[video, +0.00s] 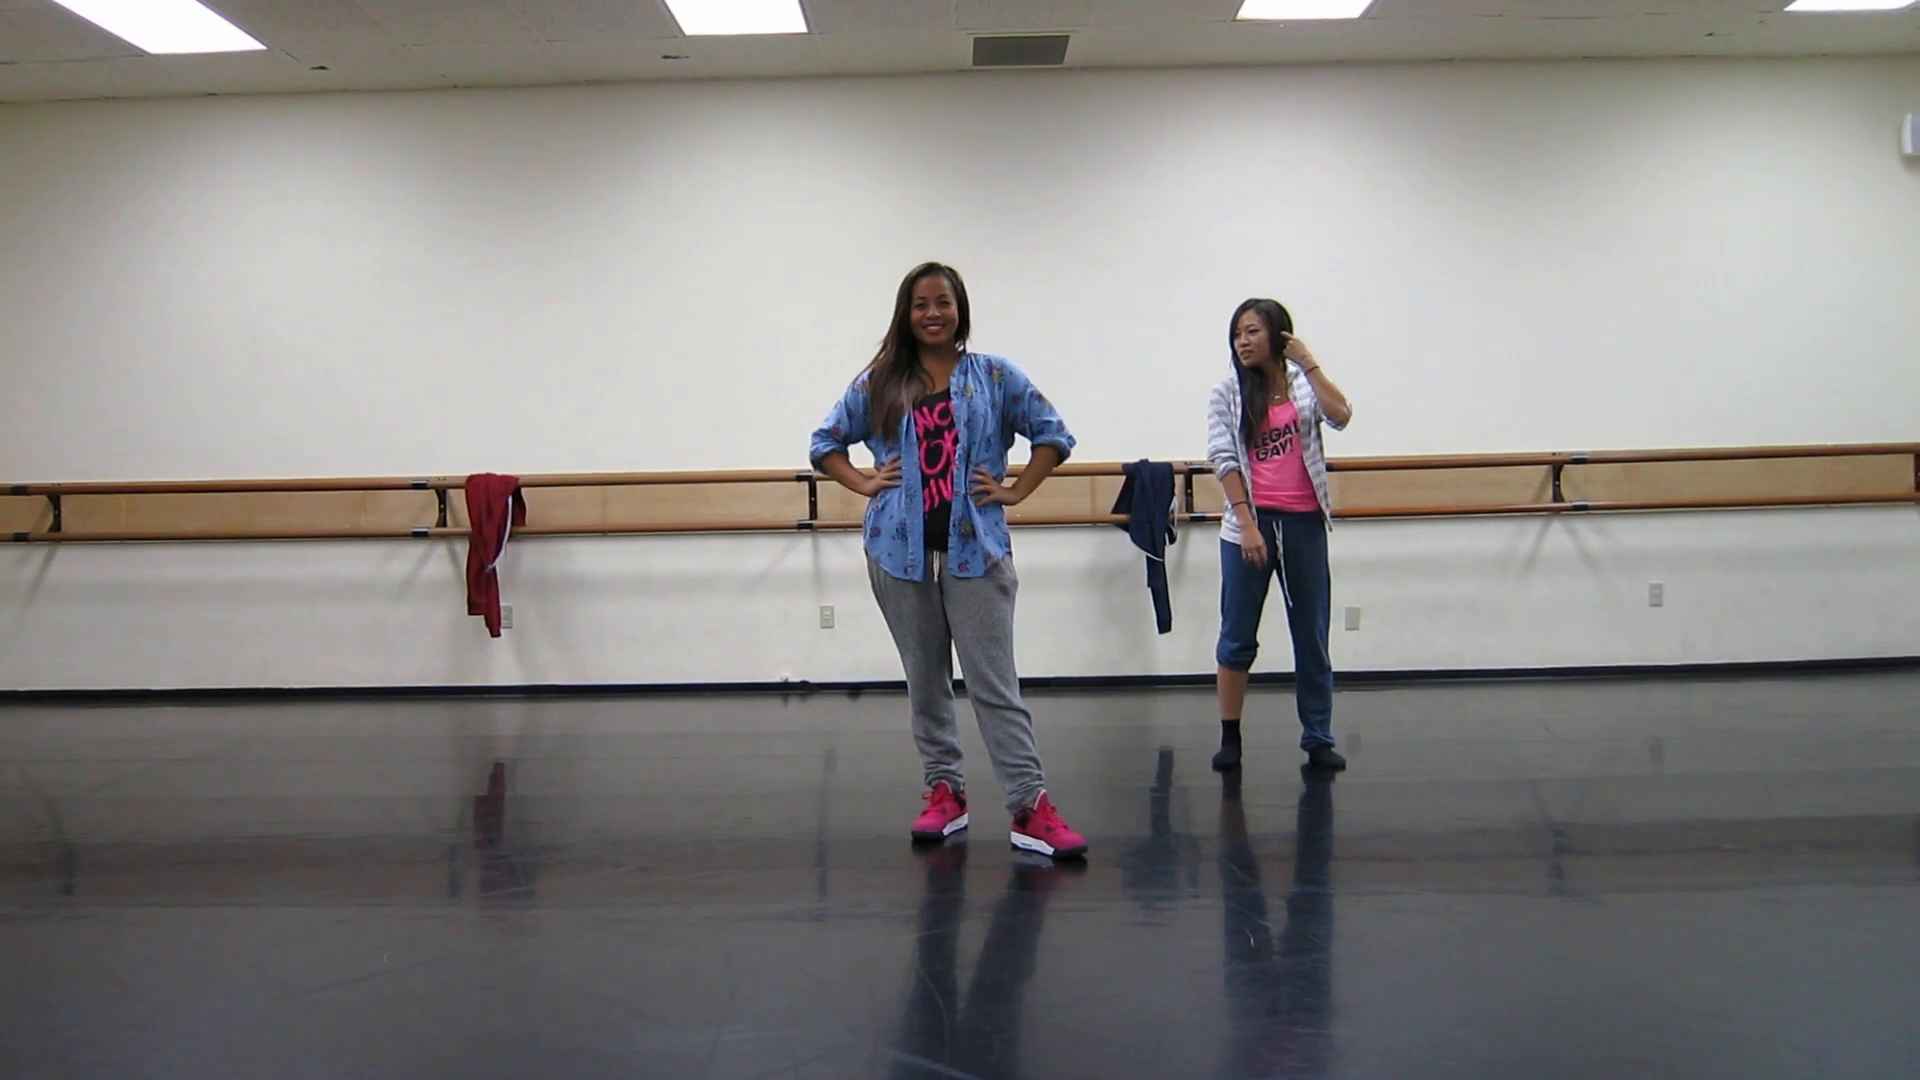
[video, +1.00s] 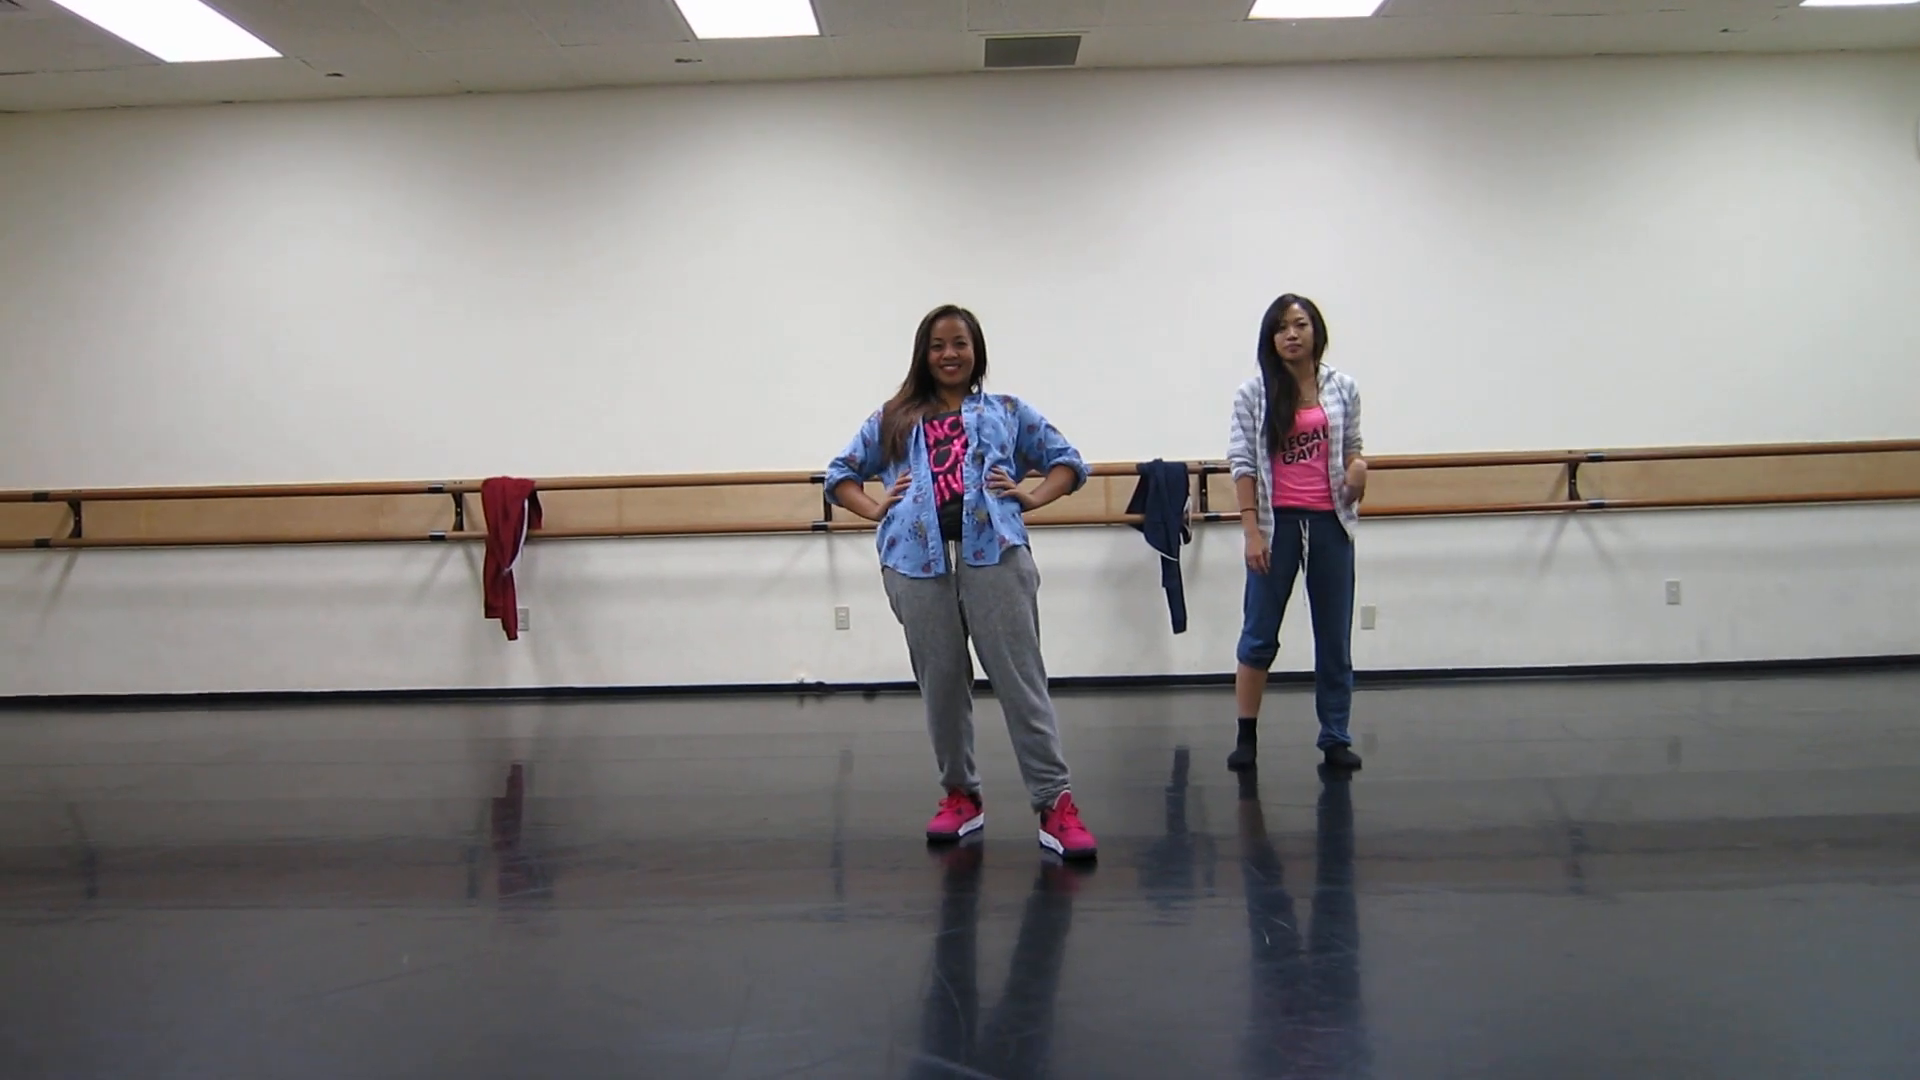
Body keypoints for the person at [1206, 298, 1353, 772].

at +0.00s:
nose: (1243, 341)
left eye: (1253, 331)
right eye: (1237, 334)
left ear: (1278, 337)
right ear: (1233, 342)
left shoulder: (1304, 383)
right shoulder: (1228, 392)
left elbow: (1340, 416)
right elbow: (1223, 460)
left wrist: (1309, 362)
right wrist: (1246, 522)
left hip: (1305, 523)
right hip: (1248, 523)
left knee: (1313, 639)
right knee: (1237, 640)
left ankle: (1319, 741)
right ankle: (1230, 738)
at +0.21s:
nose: (1245, 341)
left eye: (1255, 331)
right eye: (1240, 334)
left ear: (1280, 338)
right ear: (1235, 342)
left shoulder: (1306, 384)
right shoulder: (1228, 391)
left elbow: (1343, 418)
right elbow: (1223, 459)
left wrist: (1311, 364)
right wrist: (1242, 523)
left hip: (1306, 522)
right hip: (1251, 521)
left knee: (1313, 638)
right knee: (1238, 638)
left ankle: (1319, 741)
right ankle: (1230, 738)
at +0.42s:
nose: (1253, 341)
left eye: (1263, 332)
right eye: (1247, 334)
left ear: (1287, 338)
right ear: (1241, 342)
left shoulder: (1311, 386)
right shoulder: (1233, 391)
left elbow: (1347, 418)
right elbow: (1226, 459)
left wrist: (1315, 367)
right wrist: (1247, 523)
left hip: (1309, 525)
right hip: (1253, 523)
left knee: (1316, 640)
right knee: (1241, 639)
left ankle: (1321, 741)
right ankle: (1232, 739)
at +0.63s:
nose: (1265, 338)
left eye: (1275, 329)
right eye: (1258, 332)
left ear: (1296, 335)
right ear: (1249, 341)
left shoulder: (1317, 385)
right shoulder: (1238, 392)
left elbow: (1352, 437)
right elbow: (1232, 462)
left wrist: (1331, 382)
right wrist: (1255, 526)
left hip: (1314, 524)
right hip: (1258, 524)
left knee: (1321, 640)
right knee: (1245, 640)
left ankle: (1326, 741)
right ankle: (1237, 739)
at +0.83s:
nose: (1278, 332)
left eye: (1287, 323)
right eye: (1269, 327)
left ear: (1305, 331)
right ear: (1258, 338)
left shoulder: (1331, 388)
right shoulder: (1243, 392)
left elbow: (1349, 466)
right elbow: (1236, 462)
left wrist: (1344, 437)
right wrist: (1255, 526)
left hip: (1322, 524)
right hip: (1267, 523)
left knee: (1328, 638)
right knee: (1252, 638)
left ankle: (1332, 742)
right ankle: (1242, 738)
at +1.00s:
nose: (1291, 334)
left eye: (1300, 325)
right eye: (1281, 328)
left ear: (1317, 332)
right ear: (1270, 338)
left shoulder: (1342, 388)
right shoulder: (1253, 393)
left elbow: (1354, 449)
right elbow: (1242, 465)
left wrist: (1358, 465)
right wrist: (1251, 530)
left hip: (1332, 524)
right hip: (1276, 523)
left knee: (1335, 638)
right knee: (1259, 637)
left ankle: (1336, 740)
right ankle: (1246, 736)